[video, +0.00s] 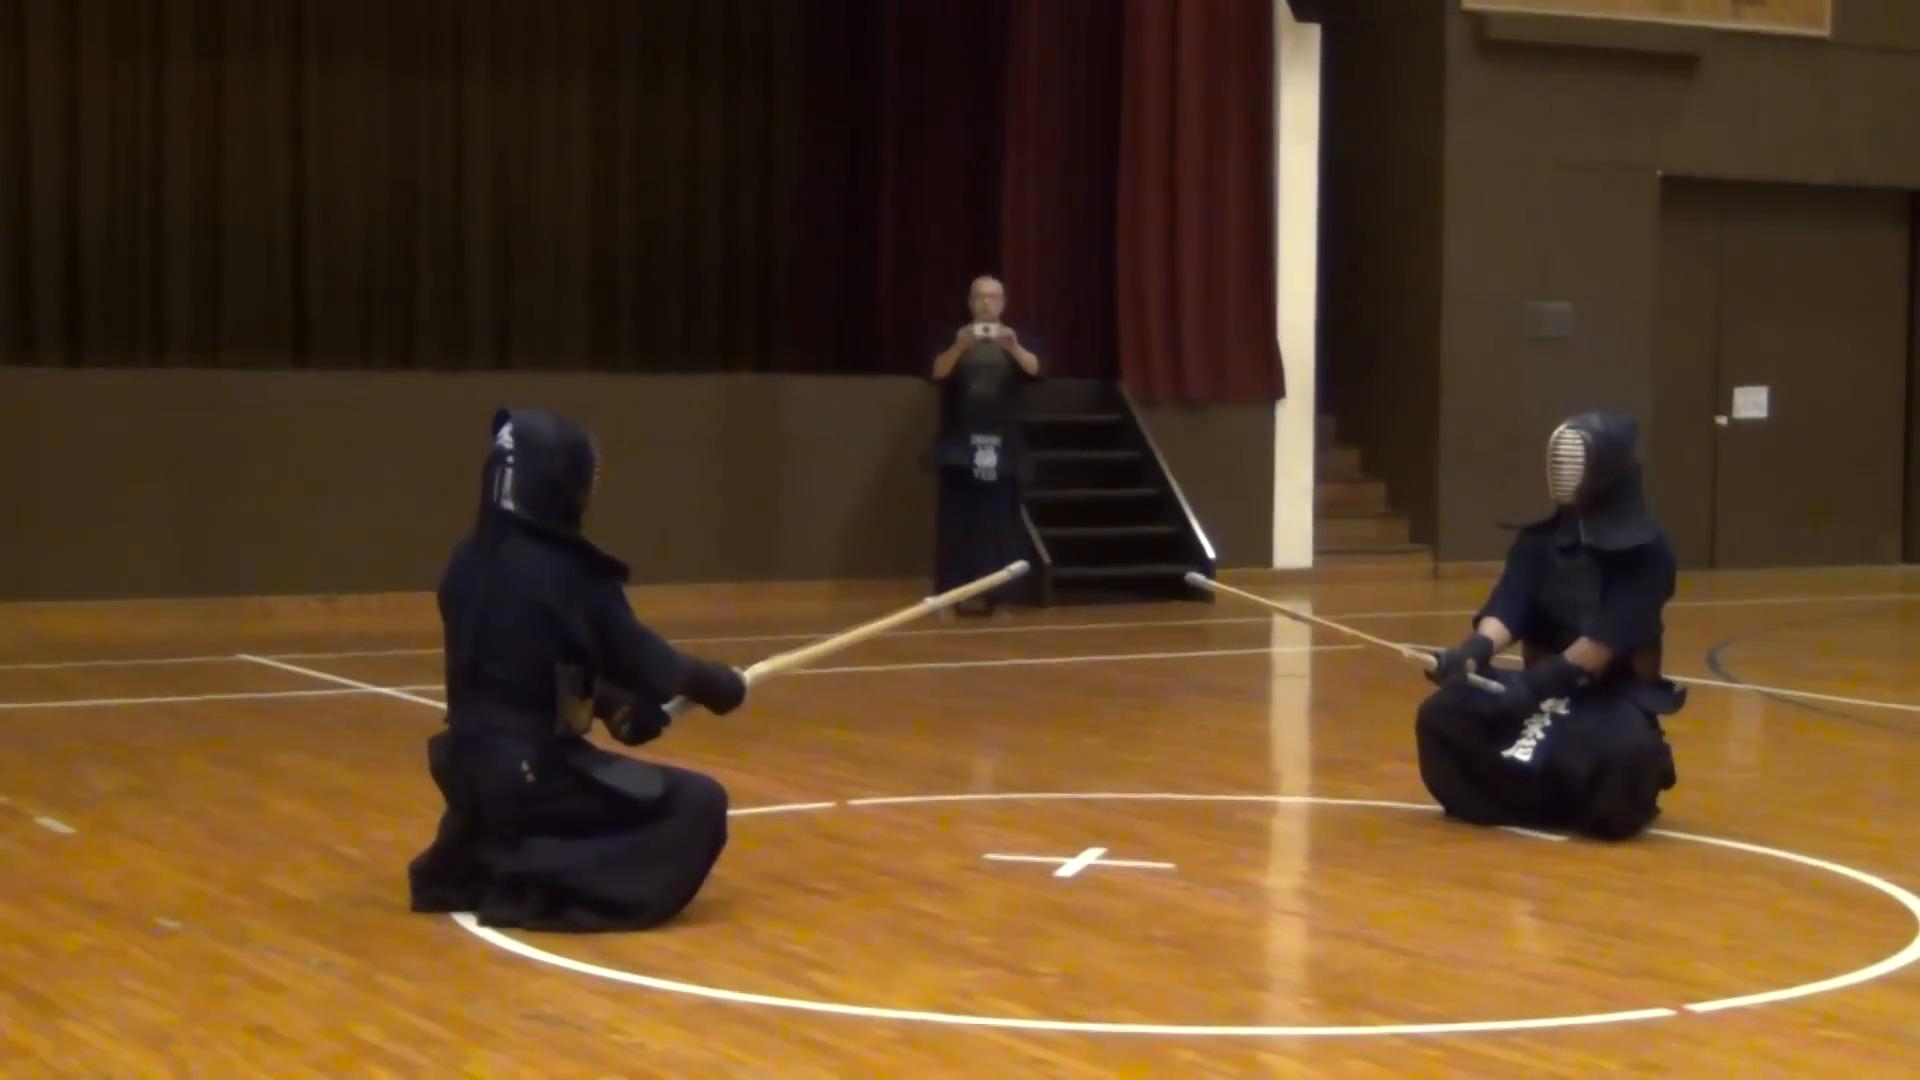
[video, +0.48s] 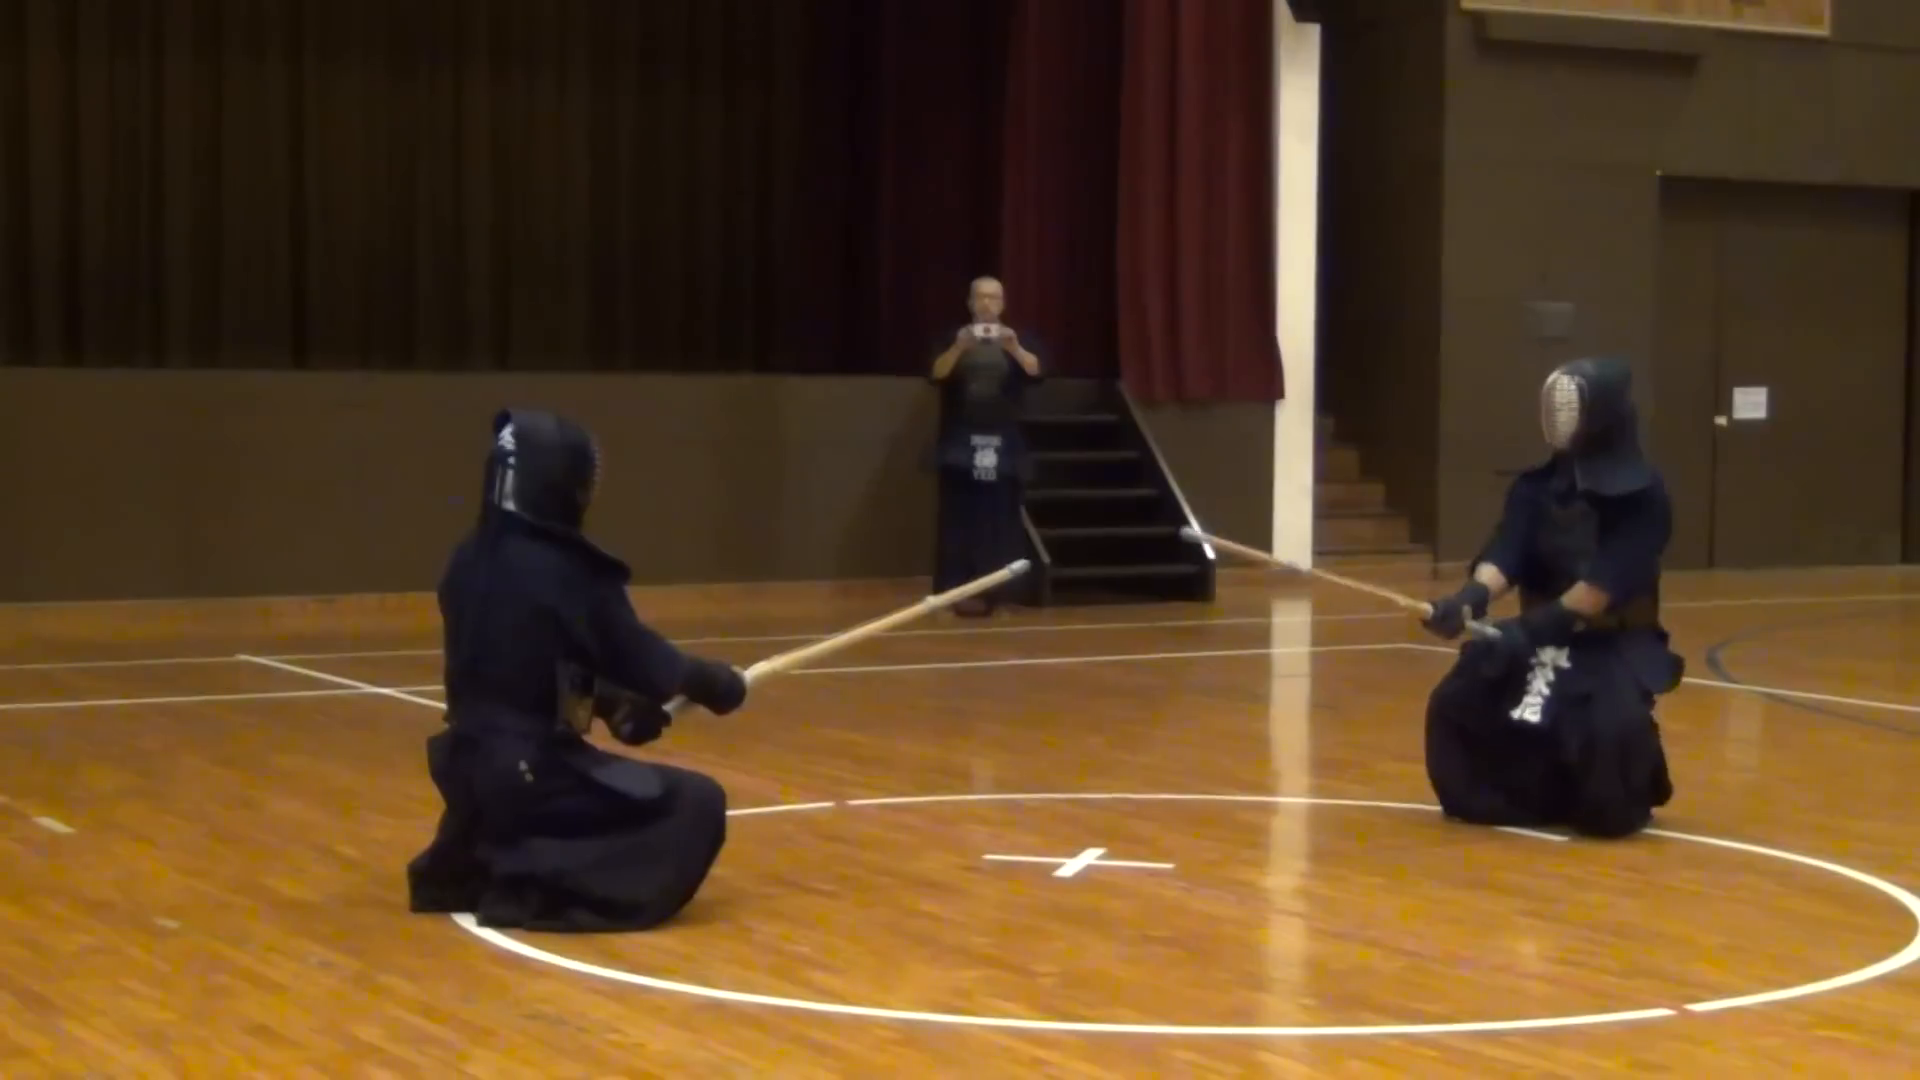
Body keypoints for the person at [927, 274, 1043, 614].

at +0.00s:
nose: (987, 303)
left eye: (993, 297)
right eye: (981, 297)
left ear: (1004, 302)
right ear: (971, 302)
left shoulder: (1016, 340)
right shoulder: (957, 338)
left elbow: (1035, 370)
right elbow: (938, 373)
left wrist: (1012, 347)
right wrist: (961, 345)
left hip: (1002, 436)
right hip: (961, 435)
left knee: (1000, 512)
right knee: (959, 513)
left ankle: (997, 594)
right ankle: (955, 592)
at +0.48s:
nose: (988, 303)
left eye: (994, 298)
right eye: (982, 297)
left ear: (1003, 302)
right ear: (971, 302)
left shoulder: (1014, 340)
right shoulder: (957, 338)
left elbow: (1035, 371)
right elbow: (937, 373)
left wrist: (1013, 347)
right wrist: (960, 346)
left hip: (1002, 434)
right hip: (962, 433)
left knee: (1000, 510)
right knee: (963, 511)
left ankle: (997, 588)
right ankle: (964, 590)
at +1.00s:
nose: (987, 304)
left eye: (993, 298)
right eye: (981, 298)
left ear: (1003, 303)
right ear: (971, 302)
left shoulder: (1017, 340)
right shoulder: (958, 339)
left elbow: (1036, 371)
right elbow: (937, 373)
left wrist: (1012, 348)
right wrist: (960, 347)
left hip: (1005, 436)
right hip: (961, 436)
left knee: (1001, 513)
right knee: (960, 512)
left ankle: (1000, 594)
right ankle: (956, 591)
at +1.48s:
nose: (986, 306)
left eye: (992, 301)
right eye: (980, 300)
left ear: (1002, 305)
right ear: (970, 305)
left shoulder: (1013, 343)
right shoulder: (956, 342)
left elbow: (1034, 371)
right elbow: (935, 378)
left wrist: (1010, 348)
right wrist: (959, 348)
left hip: (1000, 440)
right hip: (958, 439)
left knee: (999, 517)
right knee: (954, 517)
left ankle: (1000, 600)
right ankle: (948, 598)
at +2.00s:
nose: (975, 310)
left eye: (981, 304)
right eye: (969, 303)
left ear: (991, 309)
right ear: (958, 308)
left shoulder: (1001, 347)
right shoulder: (944, 345)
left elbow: (1026, 379)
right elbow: (924, 380)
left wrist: (1001, 353)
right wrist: (948, 352)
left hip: (989, 443)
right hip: (948, 442)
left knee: (986, 519)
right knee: (945, 519)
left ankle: (983, 600)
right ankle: (941, 598)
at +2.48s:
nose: (954, 312)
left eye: (961, 306)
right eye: (948, 306)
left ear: (970, 311)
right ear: (937, 310)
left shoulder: (980, 351)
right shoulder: (923, 348)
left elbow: (1002, 377)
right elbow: (905, 382)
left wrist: (977, 350)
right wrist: (928, 352)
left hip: (967, 445)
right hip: (926, 443)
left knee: (965, 521)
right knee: (923, 520)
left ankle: (962, 604)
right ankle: (915, 602)